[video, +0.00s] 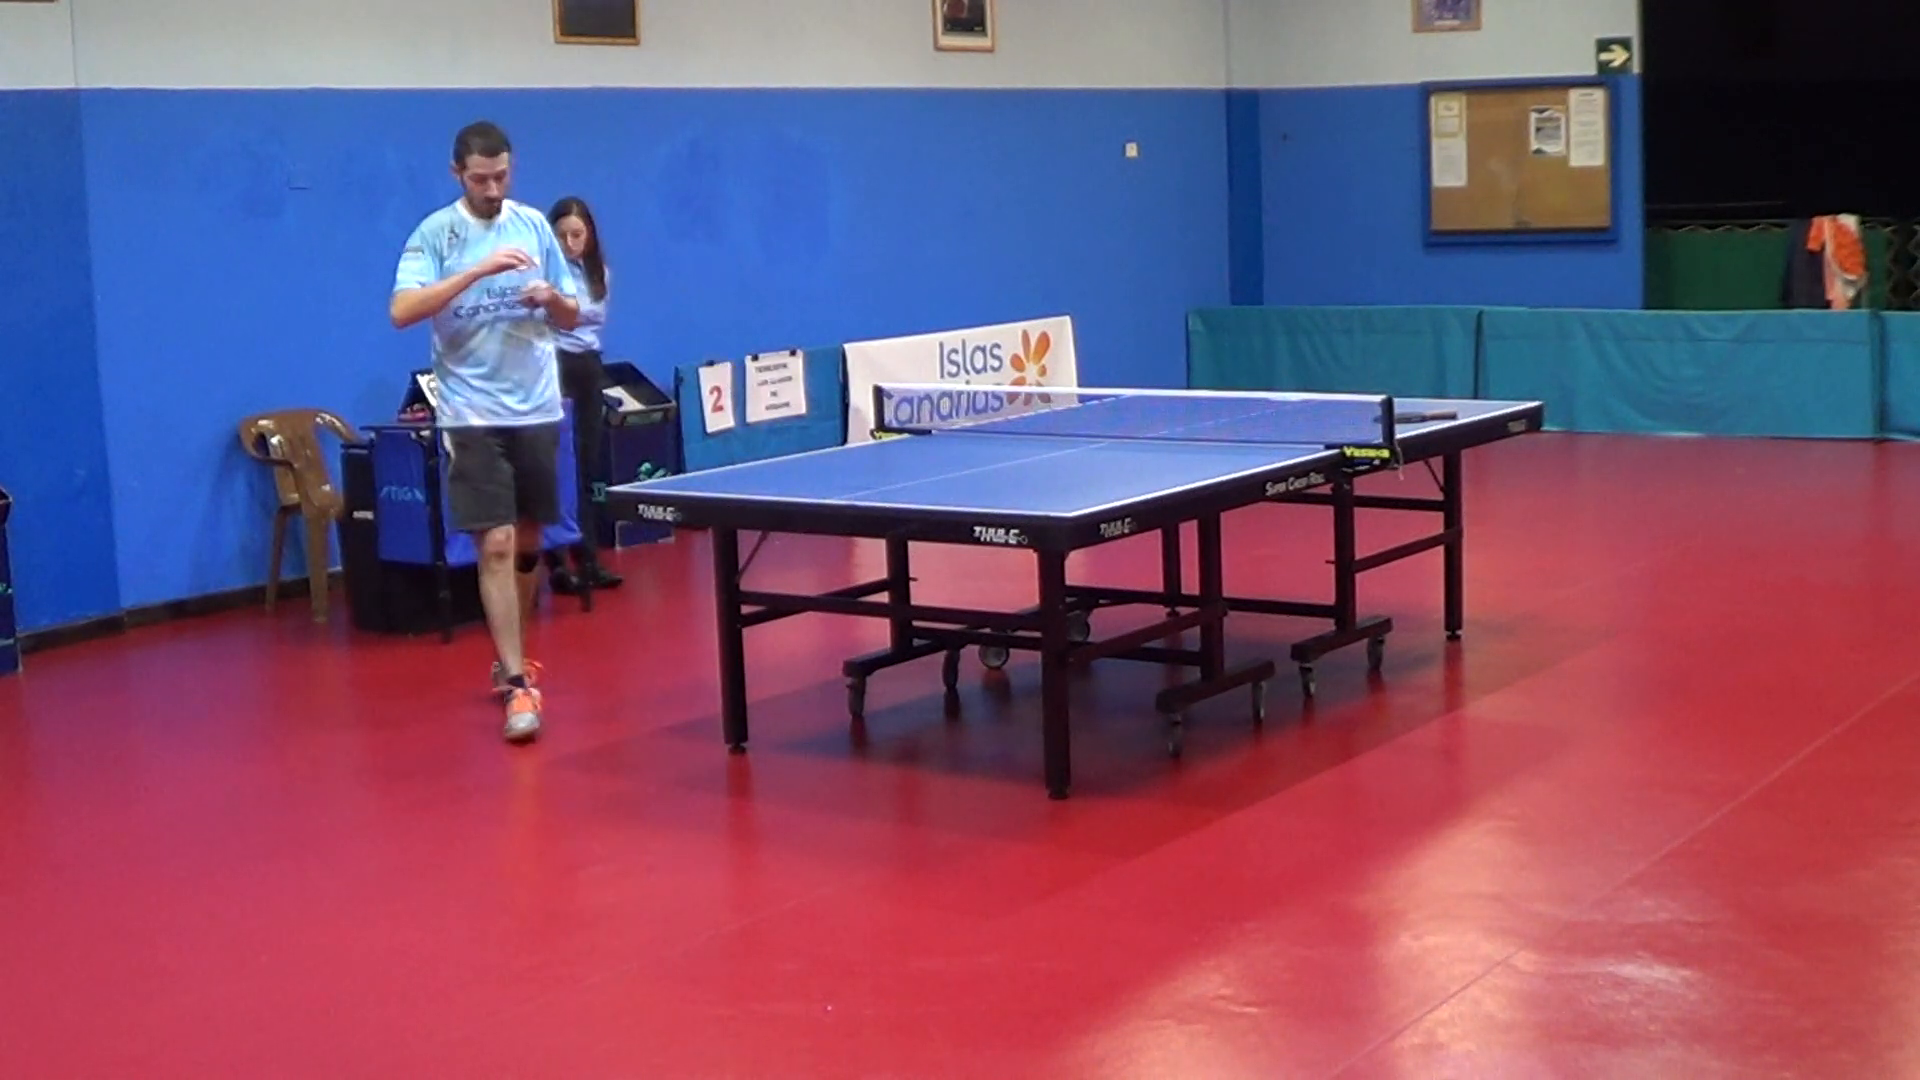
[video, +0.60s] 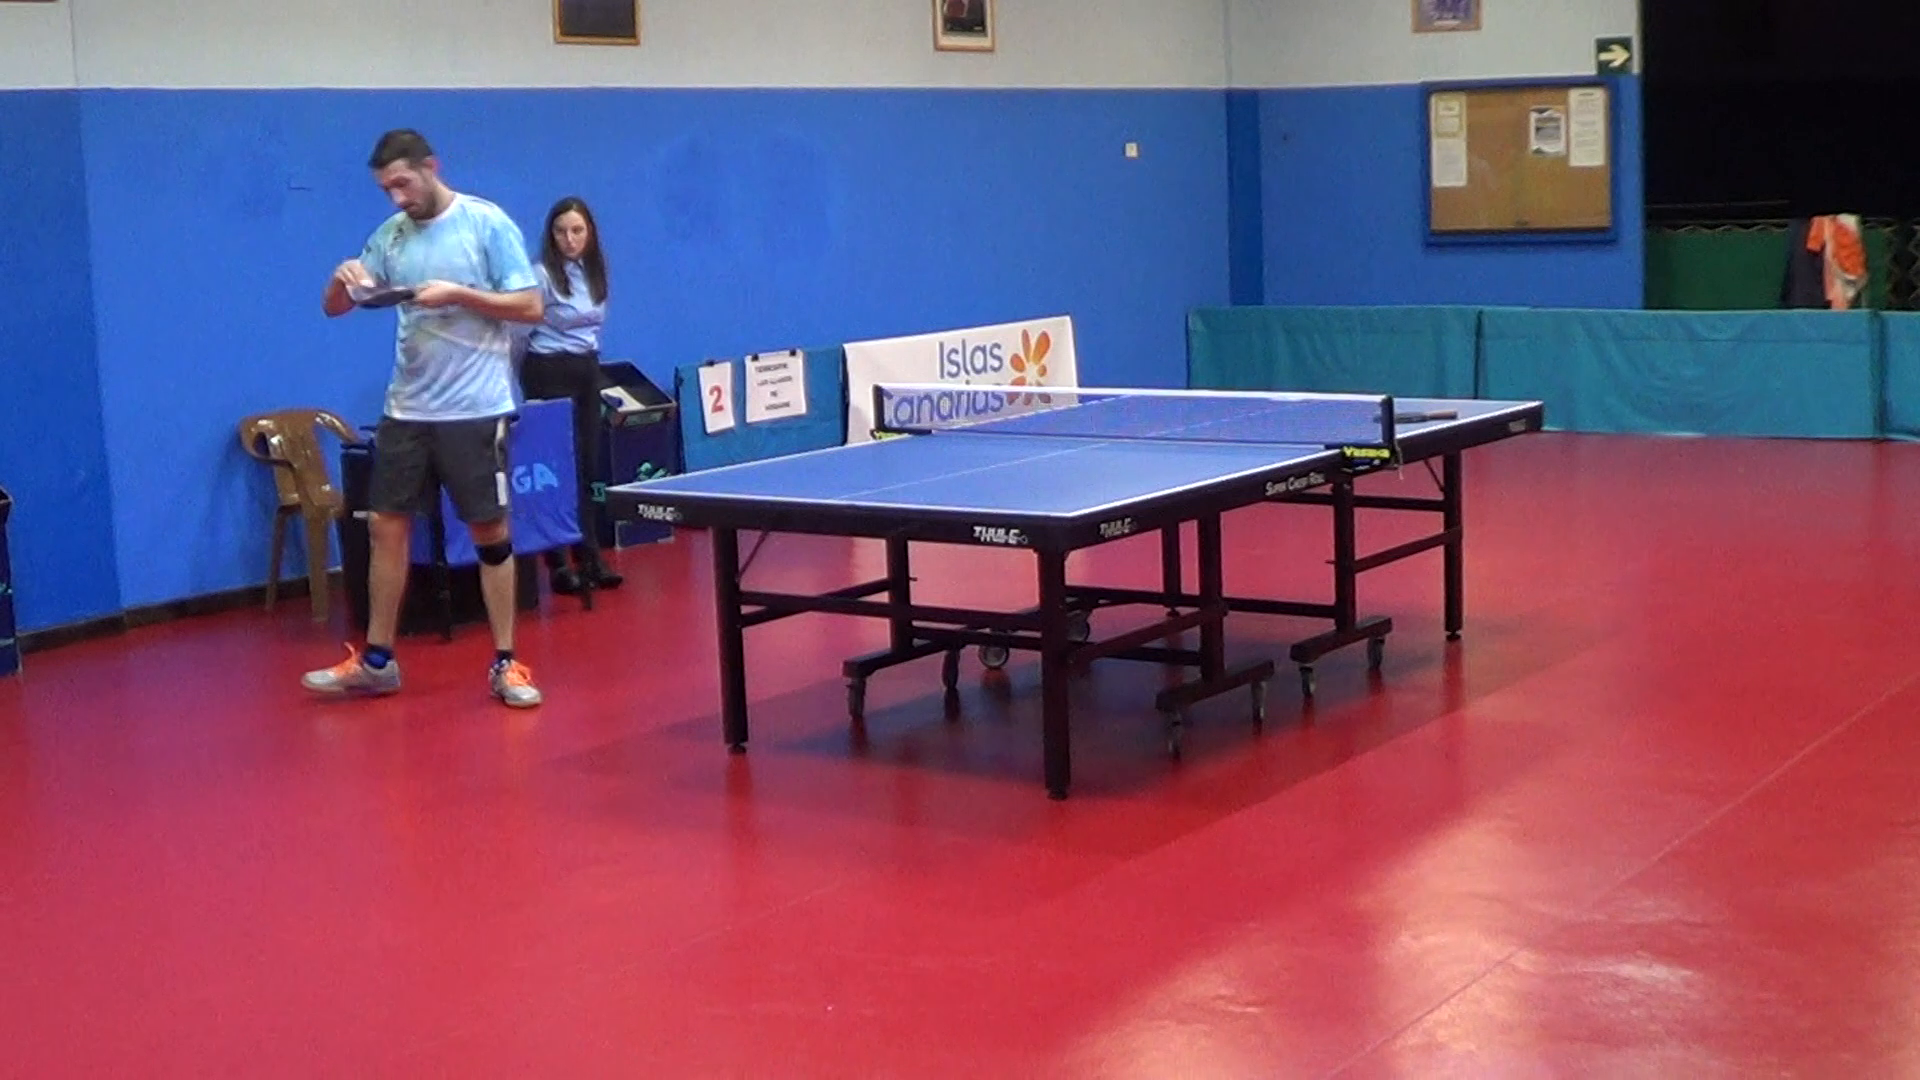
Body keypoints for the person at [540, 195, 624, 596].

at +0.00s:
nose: (573, 242)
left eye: (579, 233)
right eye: (565, 234)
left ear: (591, 234)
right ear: (553, 237)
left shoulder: (599, 272)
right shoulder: (548, 272)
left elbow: (602, 314)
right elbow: (545, 316)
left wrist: (566, 310)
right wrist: (581, 312)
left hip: (587, 358)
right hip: (552, 359)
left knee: (590, 459)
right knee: (560, 462)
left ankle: (590, 555)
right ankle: (559, 559)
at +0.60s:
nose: (570, 238)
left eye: (577, 230)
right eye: (562, 231)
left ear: (590, 233)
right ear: (552, 236)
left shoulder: (595, 271)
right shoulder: (539, 273)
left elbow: (599, 316)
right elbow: (530, 320)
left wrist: (554, 323)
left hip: (585, 362)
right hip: (546, 364)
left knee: (587, 462)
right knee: (556, 463)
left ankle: (591, 557)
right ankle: (561, 563)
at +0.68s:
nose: (571, 238)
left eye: (578, 230)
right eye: (563, 231)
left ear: (590, 234)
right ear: (552, 235)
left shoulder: (593, 273)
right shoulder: (539, 276)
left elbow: (594, 322)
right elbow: (520, 329)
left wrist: (575, 353)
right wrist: (523, 365)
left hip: (586, 364)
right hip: (547, 366)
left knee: (586, 462)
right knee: (555, 464)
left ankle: (588, 557)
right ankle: (559, 563)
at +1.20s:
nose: (569, 237)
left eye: (576, 229)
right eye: (561, 230)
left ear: (587, 233)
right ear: (550, 235)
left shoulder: (592, 274)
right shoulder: (533, 279)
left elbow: (592, 323)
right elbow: (514, 334)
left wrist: (574, 354)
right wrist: (525, 367)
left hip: (585, 366)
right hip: (545, 368)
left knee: (586, 461)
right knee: (554, 463)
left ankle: (589, 556)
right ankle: (559, 564)